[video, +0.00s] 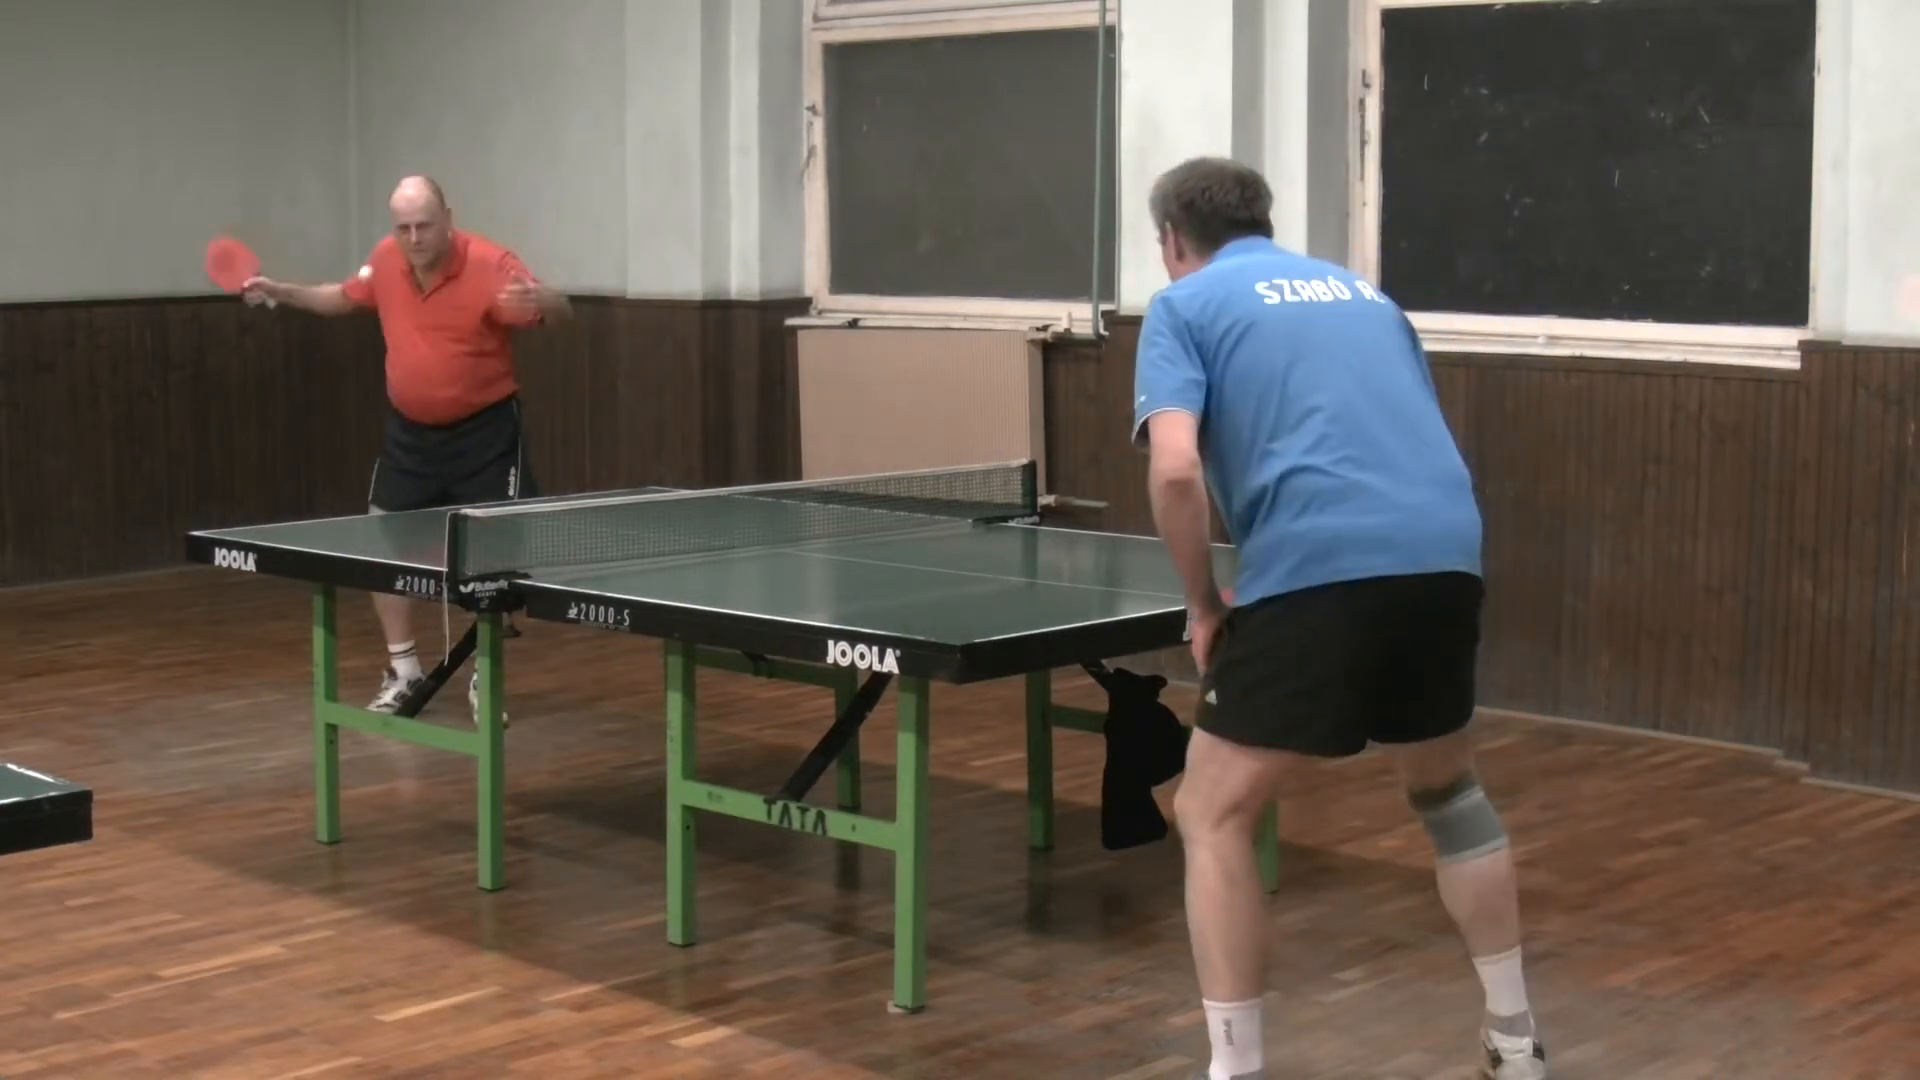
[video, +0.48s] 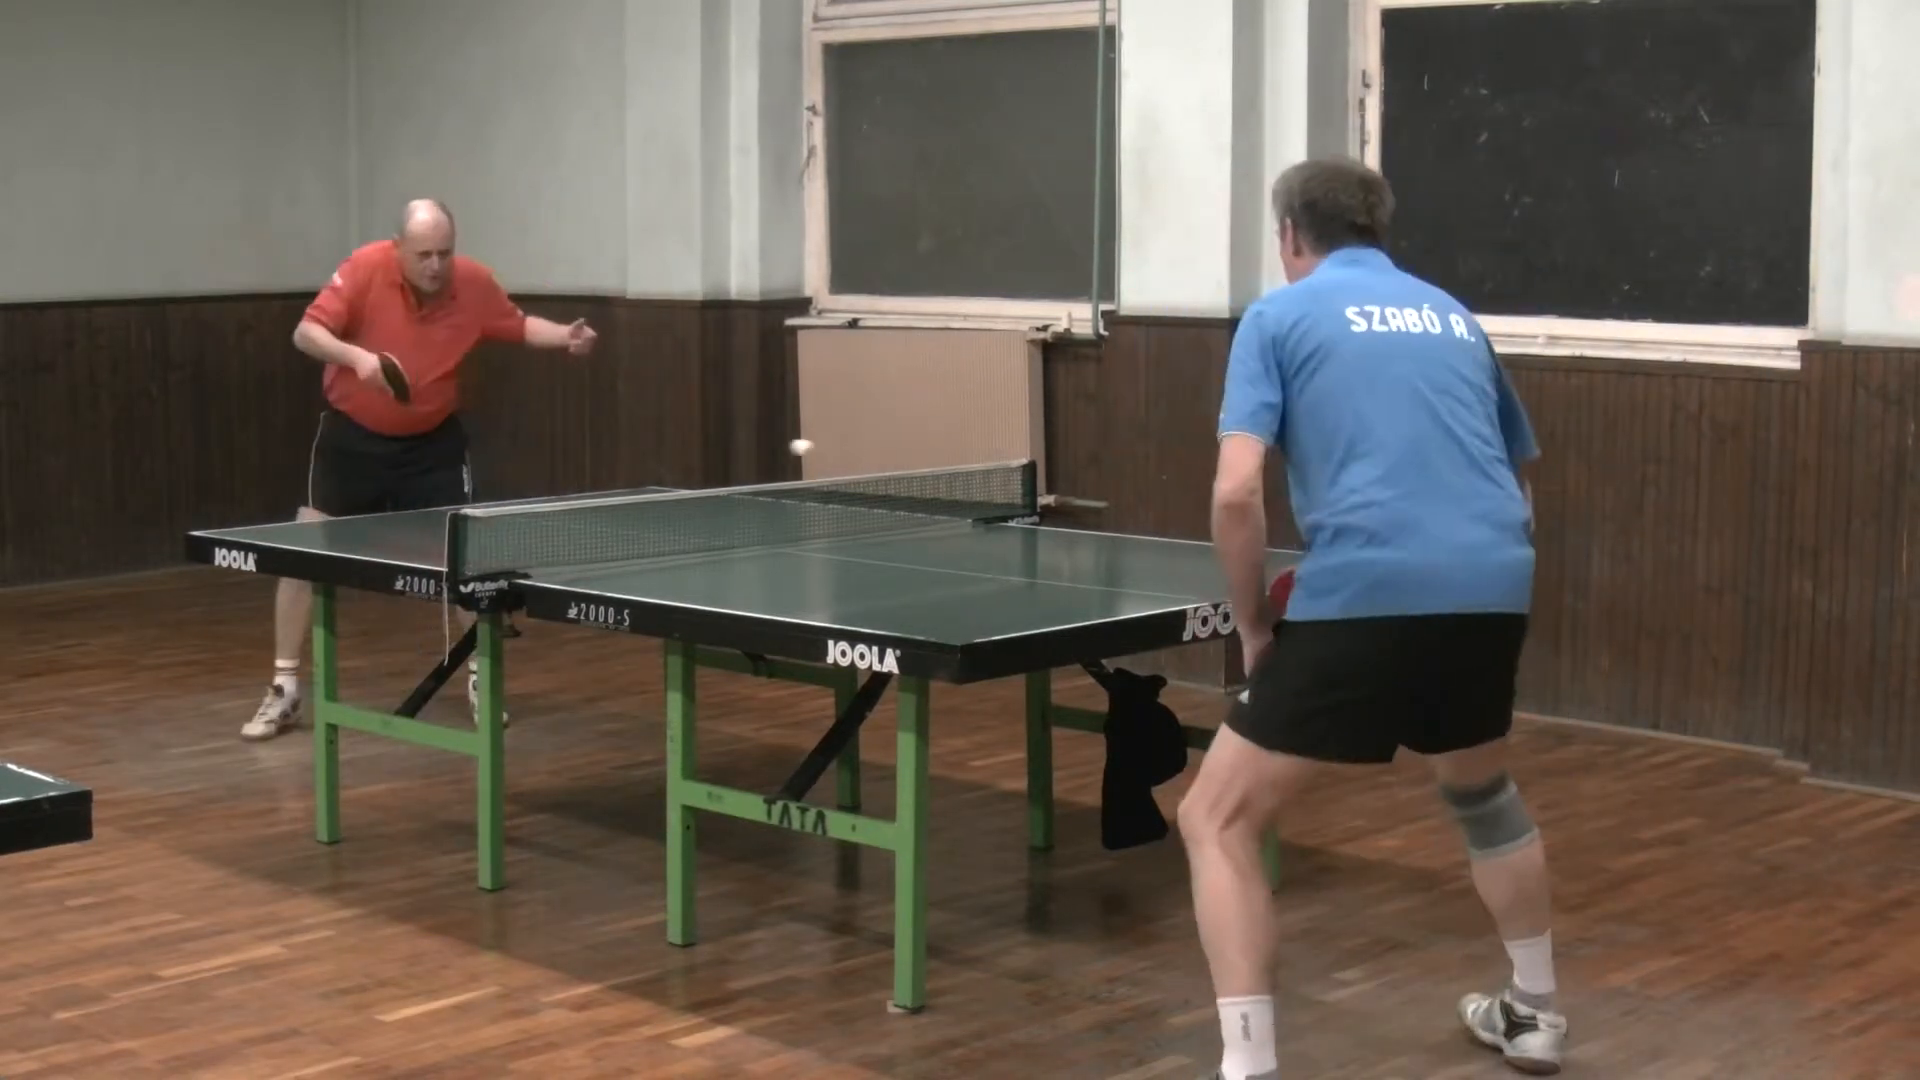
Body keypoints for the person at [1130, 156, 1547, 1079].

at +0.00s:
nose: (1163, 269)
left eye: (1160, 253)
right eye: (1164, 256)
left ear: (1178, 245)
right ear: (1261, 229)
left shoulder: (1181, 309)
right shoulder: (1361, 290)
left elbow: (1176, 467)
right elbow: (1411, 430)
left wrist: (1202, 601)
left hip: (1313, 571)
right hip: (1445, 559)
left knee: (1214, 812)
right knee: (1447, 786)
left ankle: (1235, 1065)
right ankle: (1516, 1040)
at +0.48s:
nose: (1276, 256)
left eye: (1276, 242)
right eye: (1281, 242)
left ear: (1292, 240)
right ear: (1376, 236)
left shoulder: (1278, 316)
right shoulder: (1452, 313)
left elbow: (1237, 491)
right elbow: (1513, 480)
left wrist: (1252, 622)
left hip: (1360, 596)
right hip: (1492, 596)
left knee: (1216, 817)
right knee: (1483, 787)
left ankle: (1248, 1061)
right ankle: (1538, 1008)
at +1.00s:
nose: (1215, 280)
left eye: (1216, 267)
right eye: (1222, 269)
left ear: (1230, 267)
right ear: (1313, 274)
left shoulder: (1209, 334)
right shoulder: (1360, 359)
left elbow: (1149, 491)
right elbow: (1321, 561)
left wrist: (1096, 640)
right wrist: (1158, 613)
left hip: (1267, 640)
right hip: (1398, 643)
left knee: (1132, 842)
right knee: (1380, 813)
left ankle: (1176, 1068)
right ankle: (1401, 1052)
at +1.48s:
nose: (1266, 158)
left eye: (1268, 141)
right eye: (1269, 141)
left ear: (1285, 149)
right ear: (1380, 150)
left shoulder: (1278, 260)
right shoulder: (1450, 255)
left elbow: (1254, 460)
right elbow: (1501, 442)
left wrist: (1204, 618)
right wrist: (1479, 565)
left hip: (1359, 597)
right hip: (1491, 584)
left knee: (1314, 850)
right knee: (1456, 793)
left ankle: (1377, 1067)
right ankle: (1443, 1029)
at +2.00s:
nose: (1369, 212)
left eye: (1369, 195)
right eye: (1368, 195)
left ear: (1390, 193)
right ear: (1479, 186)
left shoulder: (1411, 284)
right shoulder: (1552, 270)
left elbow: (1410, 476)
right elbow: (1584, 469)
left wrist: (1362, 638)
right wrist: (1478, 583)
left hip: (1552, 577)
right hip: (1660, 564)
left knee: (1460, 852)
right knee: (1610, 803)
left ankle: (1492, 1072)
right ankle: (1663, 1045)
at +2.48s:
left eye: (1683, 300)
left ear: (1685, 311)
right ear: (1780, 339)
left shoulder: (1591, 384)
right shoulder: (1792, 443)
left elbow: (1433, 486)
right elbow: (1833, 626)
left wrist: (1378, 609)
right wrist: (1904, 767)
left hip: (1549, 671)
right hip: (1691, 689)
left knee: (1460, 909)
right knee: (1727, 801)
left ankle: (1472, 1070)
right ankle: (1731, 1003)